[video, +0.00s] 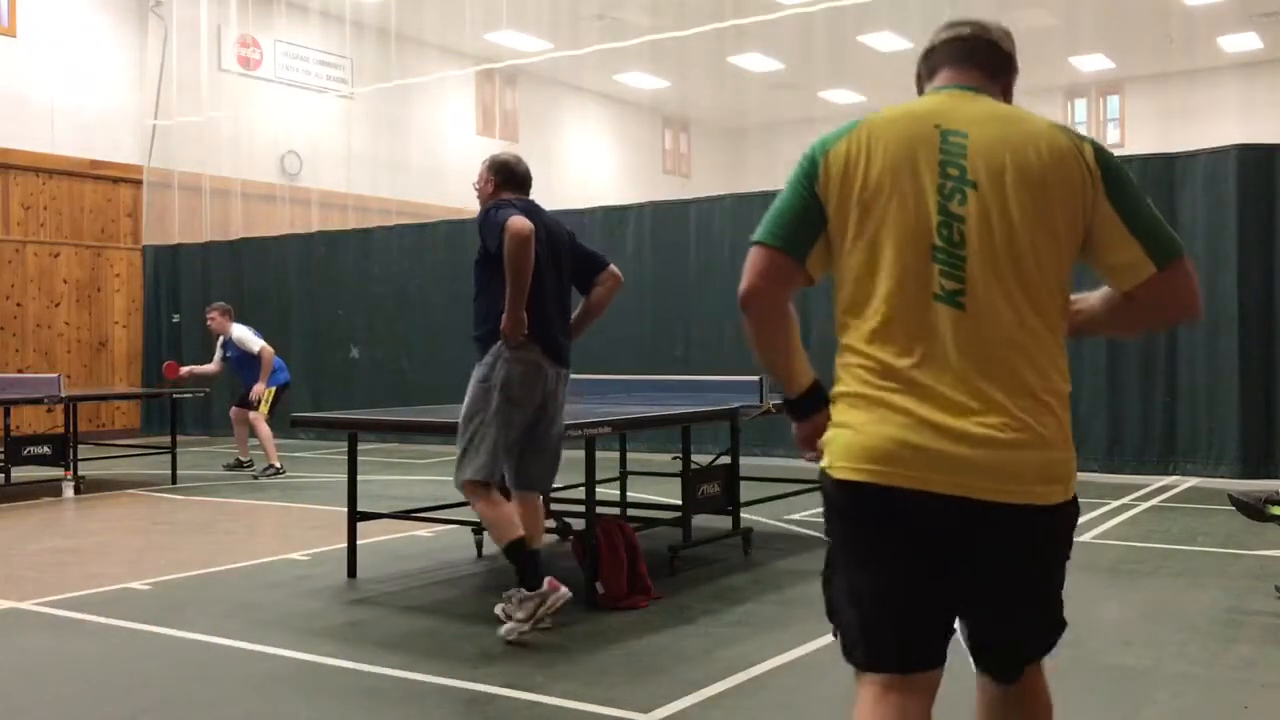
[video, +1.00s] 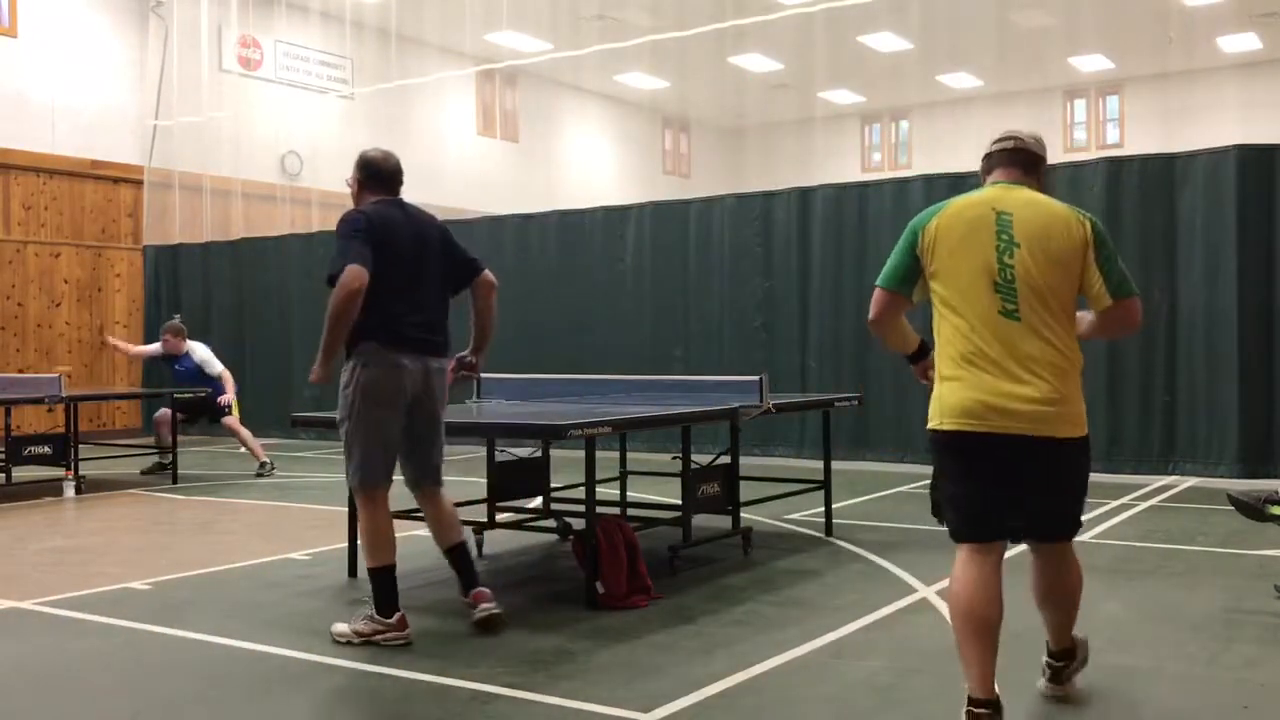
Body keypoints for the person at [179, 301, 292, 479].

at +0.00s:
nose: (208, 323)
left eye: (212, 319)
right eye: (207, 319)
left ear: (225, 318)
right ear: (221, 320)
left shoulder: (239, 333)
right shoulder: (223, 340)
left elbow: (267, 352)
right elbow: (215, 367)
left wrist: (262, 382)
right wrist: (191, 370)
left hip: (274, 379)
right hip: (259, 380)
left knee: (256, 417)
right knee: (237, 414)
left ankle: (275, 464)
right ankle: (244, 460)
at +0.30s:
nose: (201, 318)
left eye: (205, 313)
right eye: (201, 314)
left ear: (218, 312)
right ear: (214, 314)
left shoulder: (234, 330)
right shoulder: (214, 334)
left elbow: (257, 355)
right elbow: (209, 361)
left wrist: (238, 380)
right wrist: (188, 364)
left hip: (263, 376)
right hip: (244, 378)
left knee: (255, 415)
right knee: (226, 415)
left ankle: (271, 463)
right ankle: (243, 460)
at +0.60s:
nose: (196, 324)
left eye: (199, 319)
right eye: (195, 320)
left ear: (213, 316)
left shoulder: (235, 332)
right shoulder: (207, 338)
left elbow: (251, 361)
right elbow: (192, 360)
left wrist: (223, 376)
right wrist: (169, 363)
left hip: (255, 381)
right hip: (232, 381)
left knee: (247, 418)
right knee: (205, 413)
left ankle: (269, 461)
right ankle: (222, 450)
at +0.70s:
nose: (190, 332)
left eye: (192, 327)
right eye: (188, 328)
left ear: (205, 323)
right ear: (200, 325)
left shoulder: (228, 337)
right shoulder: (200, 341)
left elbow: (248, 364)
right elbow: (179, 355)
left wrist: (226, 381)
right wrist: (155, 360)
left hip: (250, 384)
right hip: (227, 385)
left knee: (243, 420)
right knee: (195, 416)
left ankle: (268, 462)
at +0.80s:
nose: (181, 338)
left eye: (184, 334)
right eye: (180, 335)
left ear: (197, 330)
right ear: (191, 332)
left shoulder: (219, 342)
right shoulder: (190, 343)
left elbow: (243, 367)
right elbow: (164, 349)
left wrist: (229, 386)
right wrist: (143, 357)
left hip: (242, 389)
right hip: (219, 389)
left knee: (239, 421)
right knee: (184, 418)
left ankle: (268, 462)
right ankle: (172, 459)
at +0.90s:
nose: (171, 342)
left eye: (174, 338)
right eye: (170, 338)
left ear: (186, 336)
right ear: (175, 337)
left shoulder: (207, 348)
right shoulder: (174, 344)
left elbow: (232, 371)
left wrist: (229, 390)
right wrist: (136, 362)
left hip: (226, 393)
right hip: (202, 394)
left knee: (235, 422)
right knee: (167, 419)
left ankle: (267, 461)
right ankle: (165, 461)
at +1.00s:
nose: (163, 344)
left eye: (166, 341)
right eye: (162, 341)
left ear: (179, 340)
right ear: (168, 341)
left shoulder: (199, 351)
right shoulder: (165, 349)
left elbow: (225, 374)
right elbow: (134, 350)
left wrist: (229, 393)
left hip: (216, 398)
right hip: (190, 400)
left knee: (230, 423)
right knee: (161, 418)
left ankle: (264, 461)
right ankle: (164, 461)